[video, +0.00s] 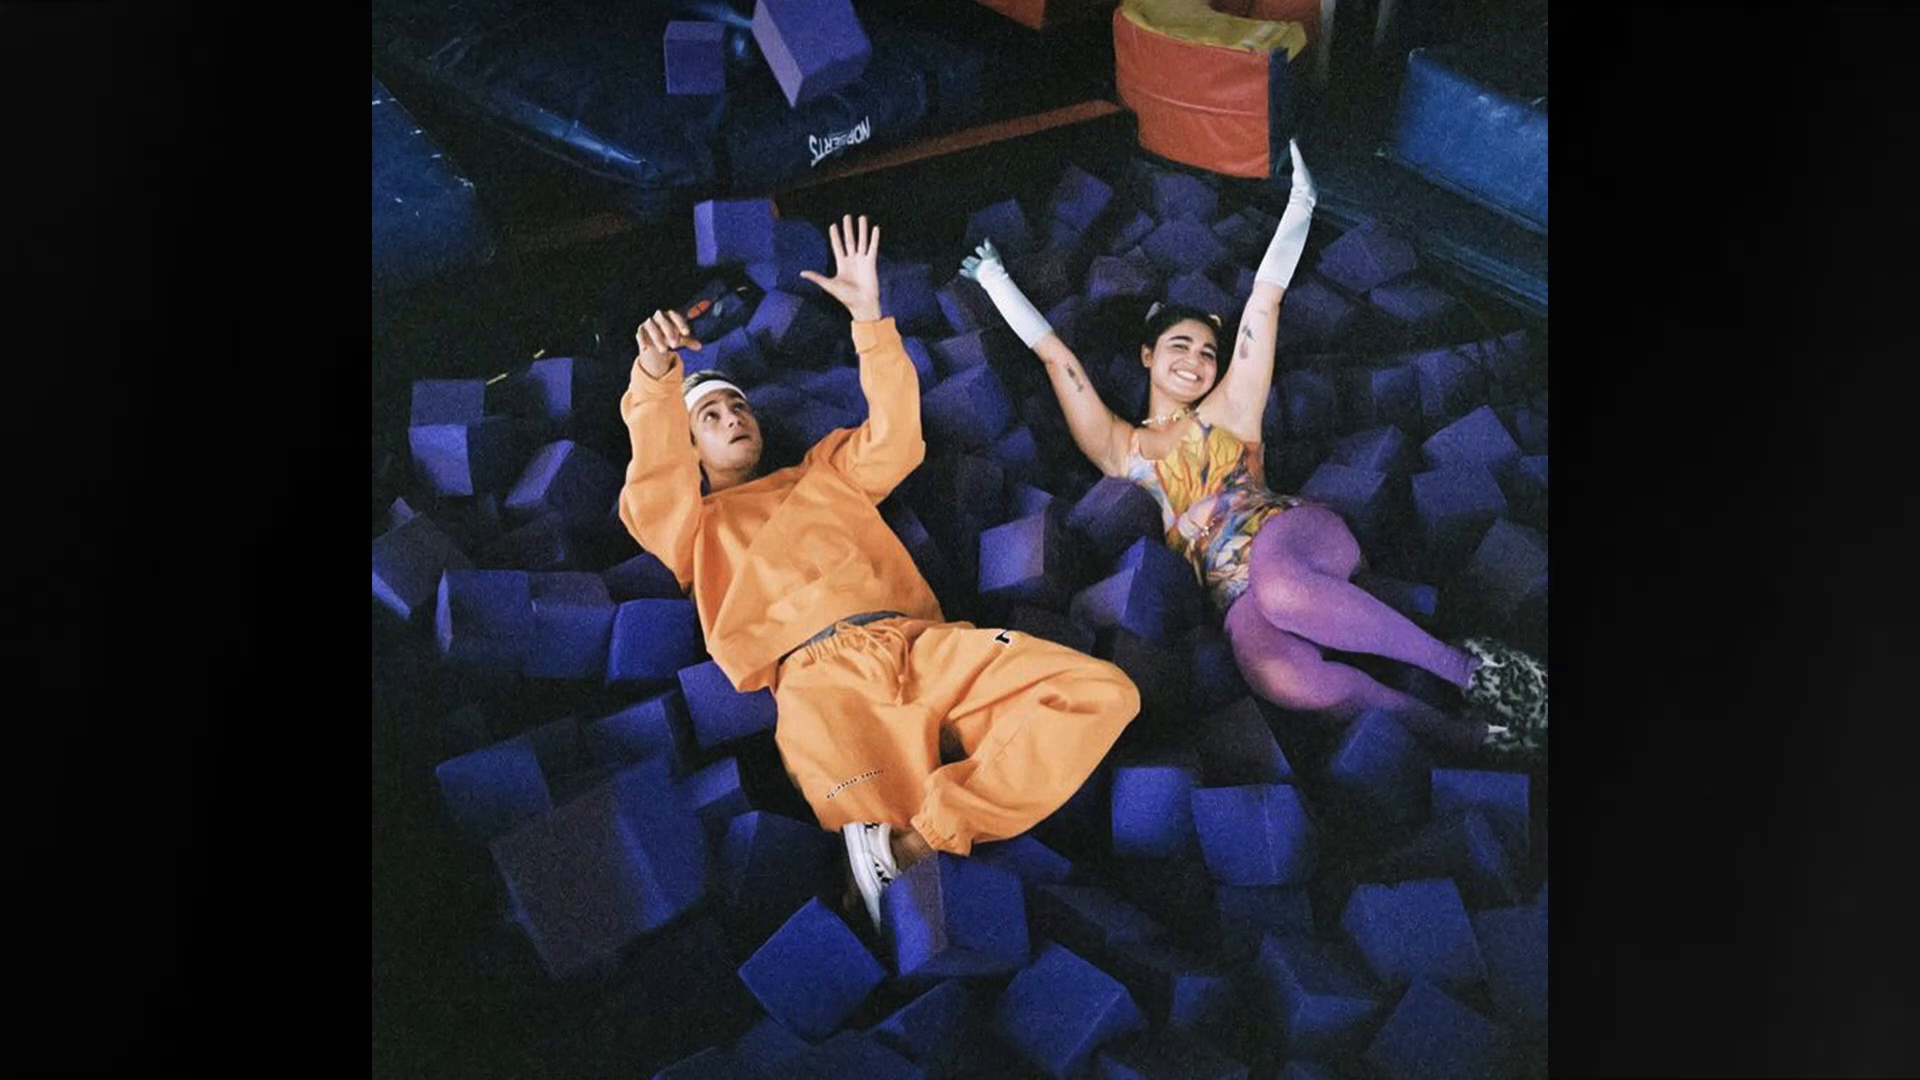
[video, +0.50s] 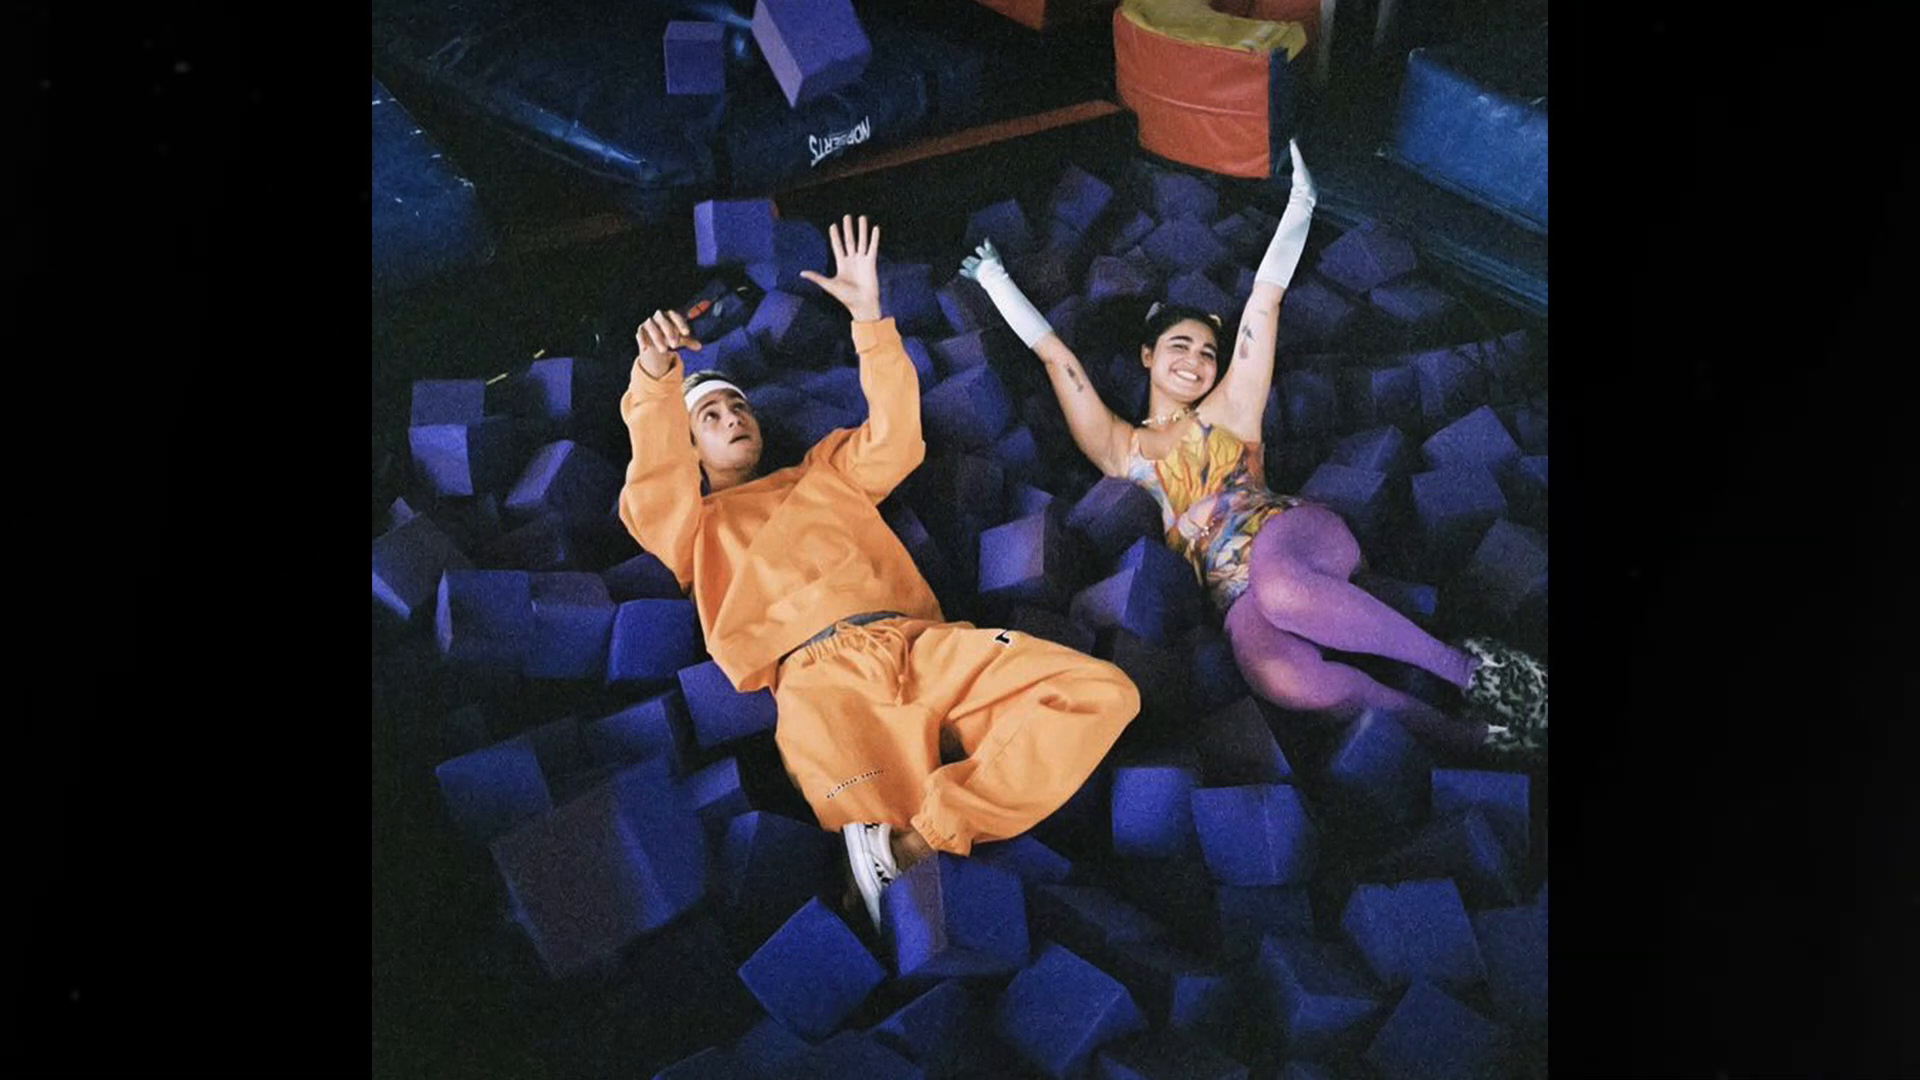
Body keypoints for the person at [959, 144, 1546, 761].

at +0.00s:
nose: (1191, 360)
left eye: (1205, 354)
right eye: (1176, 346)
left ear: (1216, 371)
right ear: (1145, 358)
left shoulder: (1230, 411)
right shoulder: (1122, 449)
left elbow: (1264, 305)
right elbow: (1058, 360)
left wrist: (1298, 209)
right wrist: (992, 278)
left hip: (1288, 530)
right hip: (1238, 596)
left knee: (1279, 593)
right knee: (1289, 681)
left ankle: (1472, 671)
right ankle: (1463, 735)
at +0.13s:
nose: (1191, 360)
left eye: (1205, 354)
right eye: (1176, 346)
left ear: (1216, 370)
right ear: (1145, 358)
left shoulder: (1230, 411)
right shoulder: (1122, 449)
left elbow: (1264, 305)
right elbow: (1058, 360)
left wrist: (1298, 209)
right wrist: (992, 278)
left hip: (1288, 530)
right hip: (1238, 596)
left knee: (1279, 593)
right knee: (1289, 681)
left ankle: (1472, 671)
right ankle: (1465, 736)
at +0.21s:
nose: (1190, 360)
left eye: (1204, 354)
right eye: (1176, 346)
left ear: (1216, 370)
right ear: (1145, 358)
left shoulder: (1230, 410)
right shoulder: (1122, 449)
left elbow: (1264, 305)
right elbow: (1057, 359)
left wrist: (1298, 209)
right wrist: (992, 278)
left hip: (1289, 531)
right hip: (1239, 597)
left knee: (1278, 593)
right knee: (1287, 680)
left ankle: (1473, 671)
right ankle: (1466, 735)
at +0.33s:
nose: (1191, 360)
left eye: (1205, 354)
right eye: (1177, 346)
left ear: (1216, 371)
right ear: (1145, 357)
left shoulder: (1230, 411)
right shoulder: (1122, 448)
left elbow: (1263, 306)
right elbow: (1058, 359)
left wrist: (1298, 209)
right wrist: (992, 278)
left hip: (1287, 531)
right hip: (1238, 596)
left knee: (1279, 593)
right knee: (1289, 681)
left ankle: (1472, 671)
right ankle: (1466, 737)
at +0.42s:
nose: (1191, 360)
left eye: (1205, 354)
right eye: (1176, 346)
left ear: (1216, 370)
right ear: (1145, 358)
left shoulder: (1230, 410)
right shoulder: (1123, 449)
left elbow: (1264, 305)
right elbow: (1058, 360)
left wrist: (1298, 209)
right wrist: (992, 279)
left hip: (1289, 531)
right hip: (1239, 597)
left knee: (1278, 592)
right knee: (1287, 680)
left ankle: (1472, 670)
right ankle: (1466, 735)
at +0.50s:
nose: (1191, 360)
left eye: (1205, 354)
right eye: (1176, 346)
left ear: (1216, 371)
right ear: (1145, 358)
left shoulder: (1230, 411)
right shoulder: (1122, 449)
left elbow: (1264, 305)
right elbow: (1058, 360)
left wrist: (1298, 209)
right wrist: (992, 278)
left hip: (1288, 530)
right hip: (1238, 596)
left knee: (1279, 592)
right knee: (1288, 681)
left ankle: (1472, 671)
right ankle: (1465, 736)